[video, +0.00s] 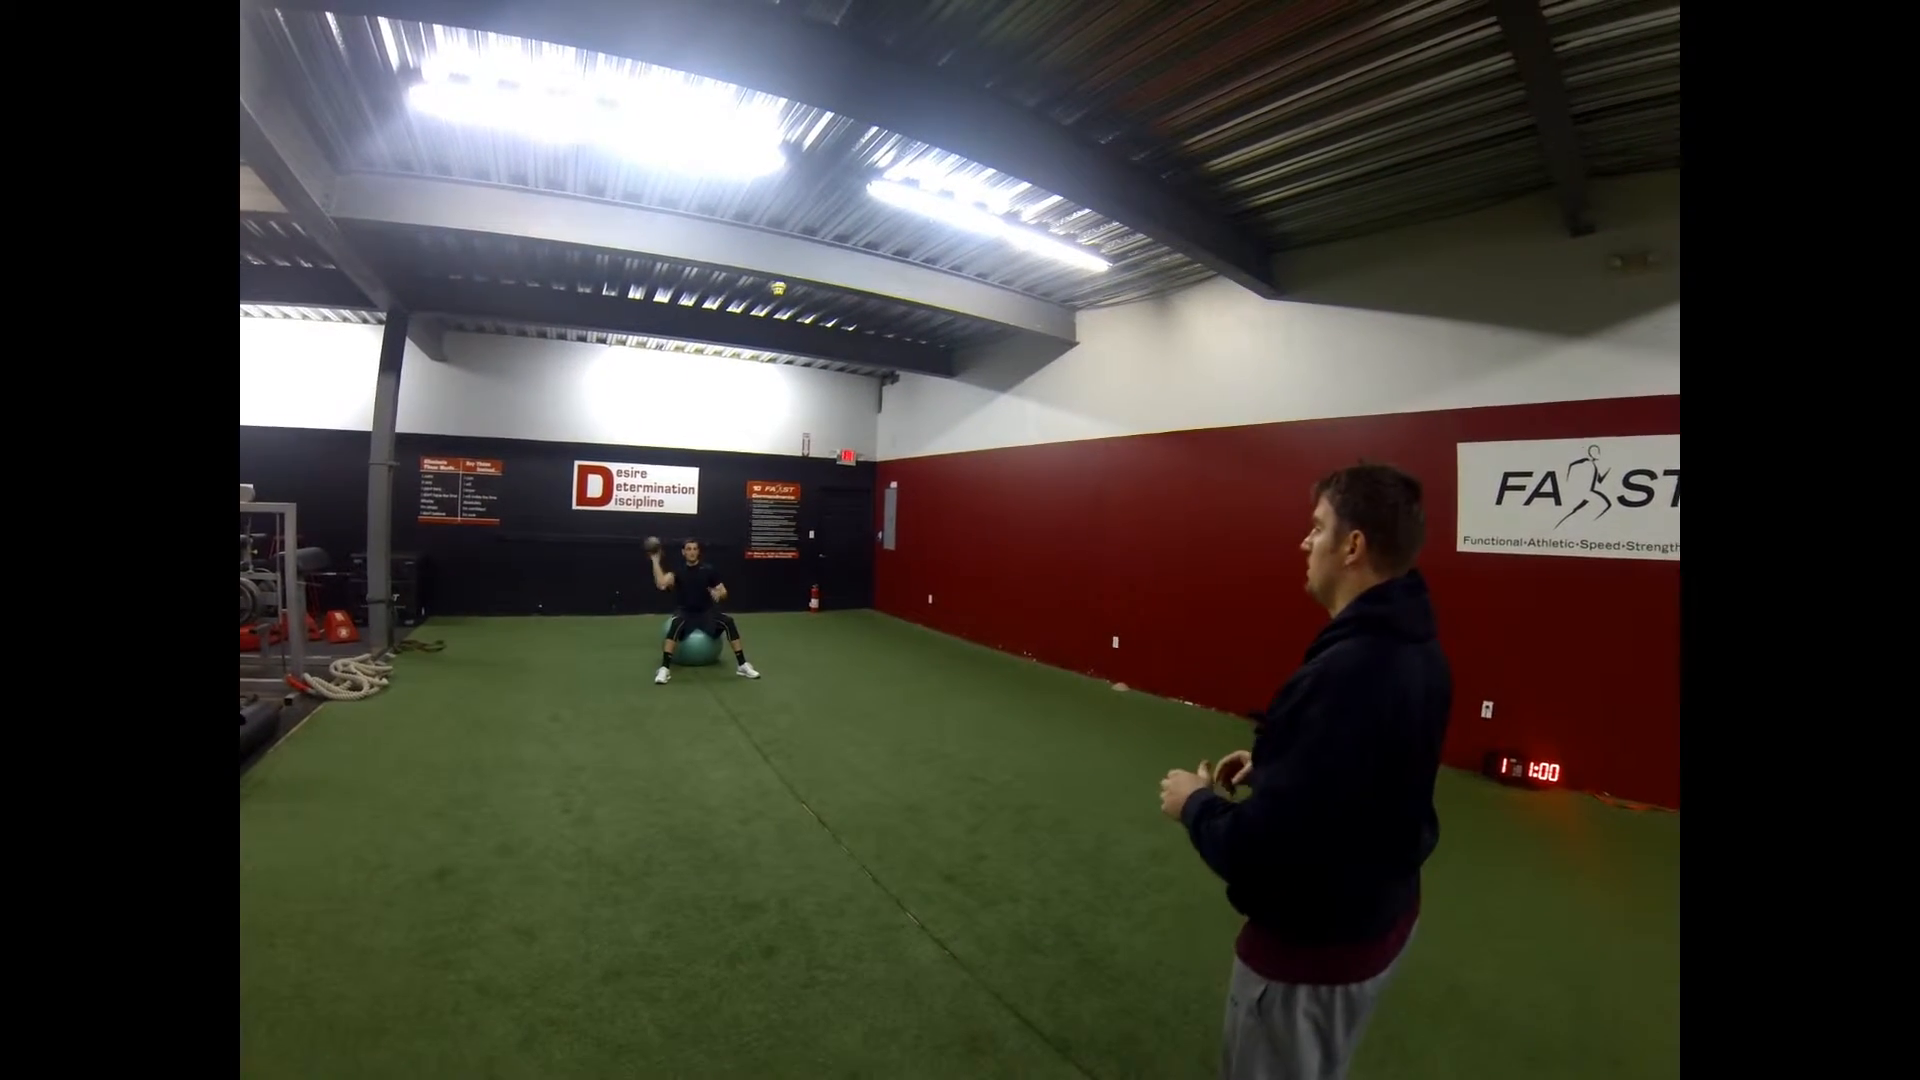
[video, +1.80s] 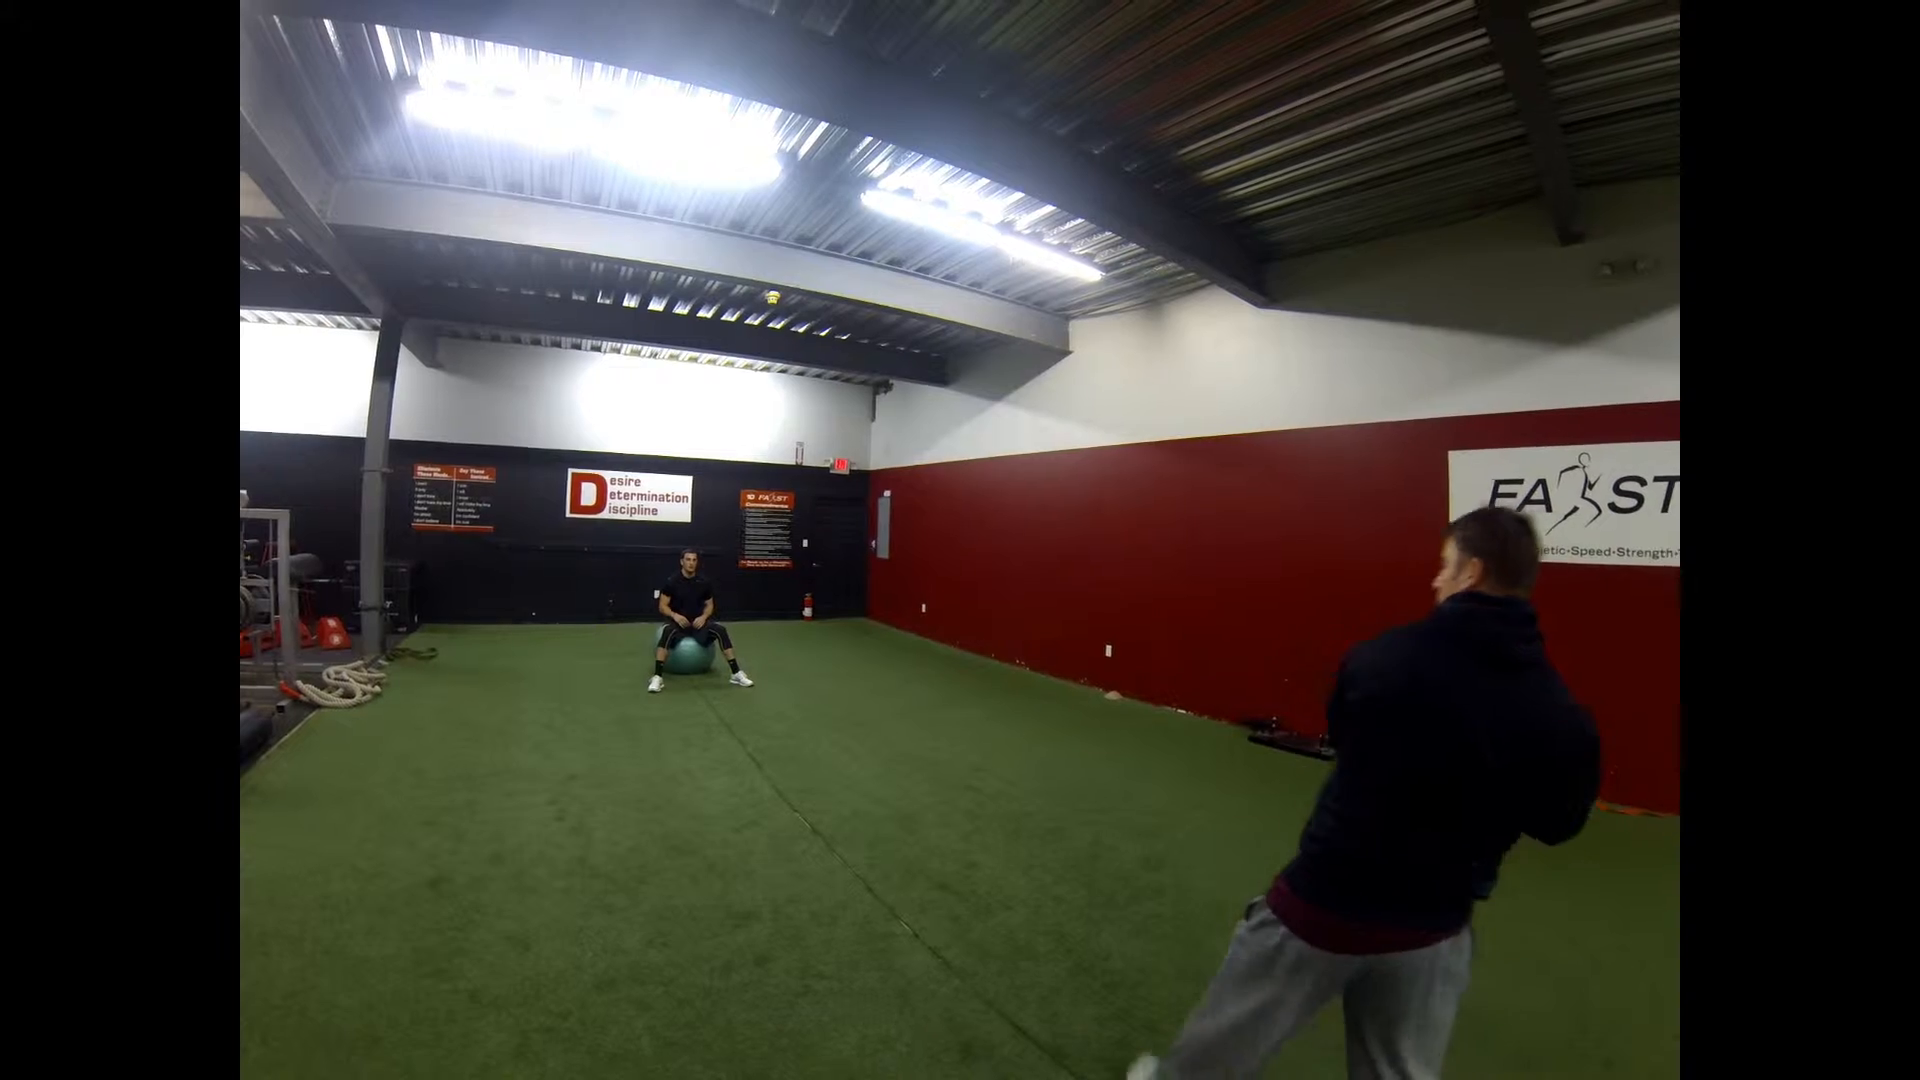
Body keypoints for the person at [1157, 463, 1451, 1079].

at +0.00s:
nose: (1304, 544)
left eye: (1316, 528)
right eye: (1310, 528)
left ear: (1353, 546)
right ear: (1363, 547)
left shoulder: (1347, 666)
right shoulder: (1414, 645)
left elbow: (1262, 847)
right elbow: (1368, 775)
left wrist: (1196, 806)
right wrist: (1268, 767)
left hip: (1306, 957)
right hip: (1373, 931)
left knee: (1266, 1069)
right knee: (1313, 1066)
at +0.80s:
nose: (1302, 602)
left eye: (1303, 584)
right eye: (1301, 585)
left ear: (1328, 582)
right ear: (1388, 576)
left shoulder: (1323, 697)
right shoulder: (1428, 666)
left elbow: (1243, 827)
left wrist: (1201, 830)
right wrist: (1229, 808)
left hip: (1350, 986)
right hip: (1451, 960)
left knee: (1252, 1070)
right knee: (1399, 1068)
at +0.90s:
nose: (1322, 603)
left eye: (1320, 586)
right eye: (1318, 587)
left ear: (1341, 582)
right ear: (1402, 574)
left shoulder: (1330, 699)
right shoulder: (1463, 670)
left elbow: (1261, 844)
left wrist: (1245, 828)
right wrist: (1275, 813)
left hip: (1357, 989)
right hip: (1467, 965)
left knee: (1257, 1071)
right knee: (1408, 1071)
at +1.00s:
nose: (1342, 591)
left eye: (1342, 576)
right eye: (1341, 578)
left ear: (1360, 576)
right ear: (1424, 570)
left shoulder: (1343, 690)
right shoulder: (1490, 669)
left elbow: (1276, 823)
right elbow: (1482, 794)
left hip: (1359, 978)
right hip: (1471, 962)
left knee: (1267, 1070)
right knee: (1412, 1072)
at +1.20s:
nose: (1411, 572)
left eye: (1412, 559)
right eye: (1411, 559)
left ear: (1426, 560)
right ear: (1493, 556)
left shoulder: (1381, 668)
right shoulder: (1548, 671)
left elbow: (1309, 788)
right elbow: (1531, 795)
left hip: (1369, 949)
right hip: (1481, 950)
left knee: (1279, 1071)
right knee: (1418, 1074)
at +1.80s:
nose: (1436, 582)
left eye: (1443, 567)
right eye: (1439, 566)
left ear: (1473, 573)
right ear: (1524, 583)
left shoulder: (1385, 659)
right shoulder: (1556, 712)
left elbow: (1343, 736)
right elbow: (1559, 822)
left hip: (1319, 914)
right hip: (1431, 935)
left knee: (1210, 1056)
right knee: (1402, 1074)